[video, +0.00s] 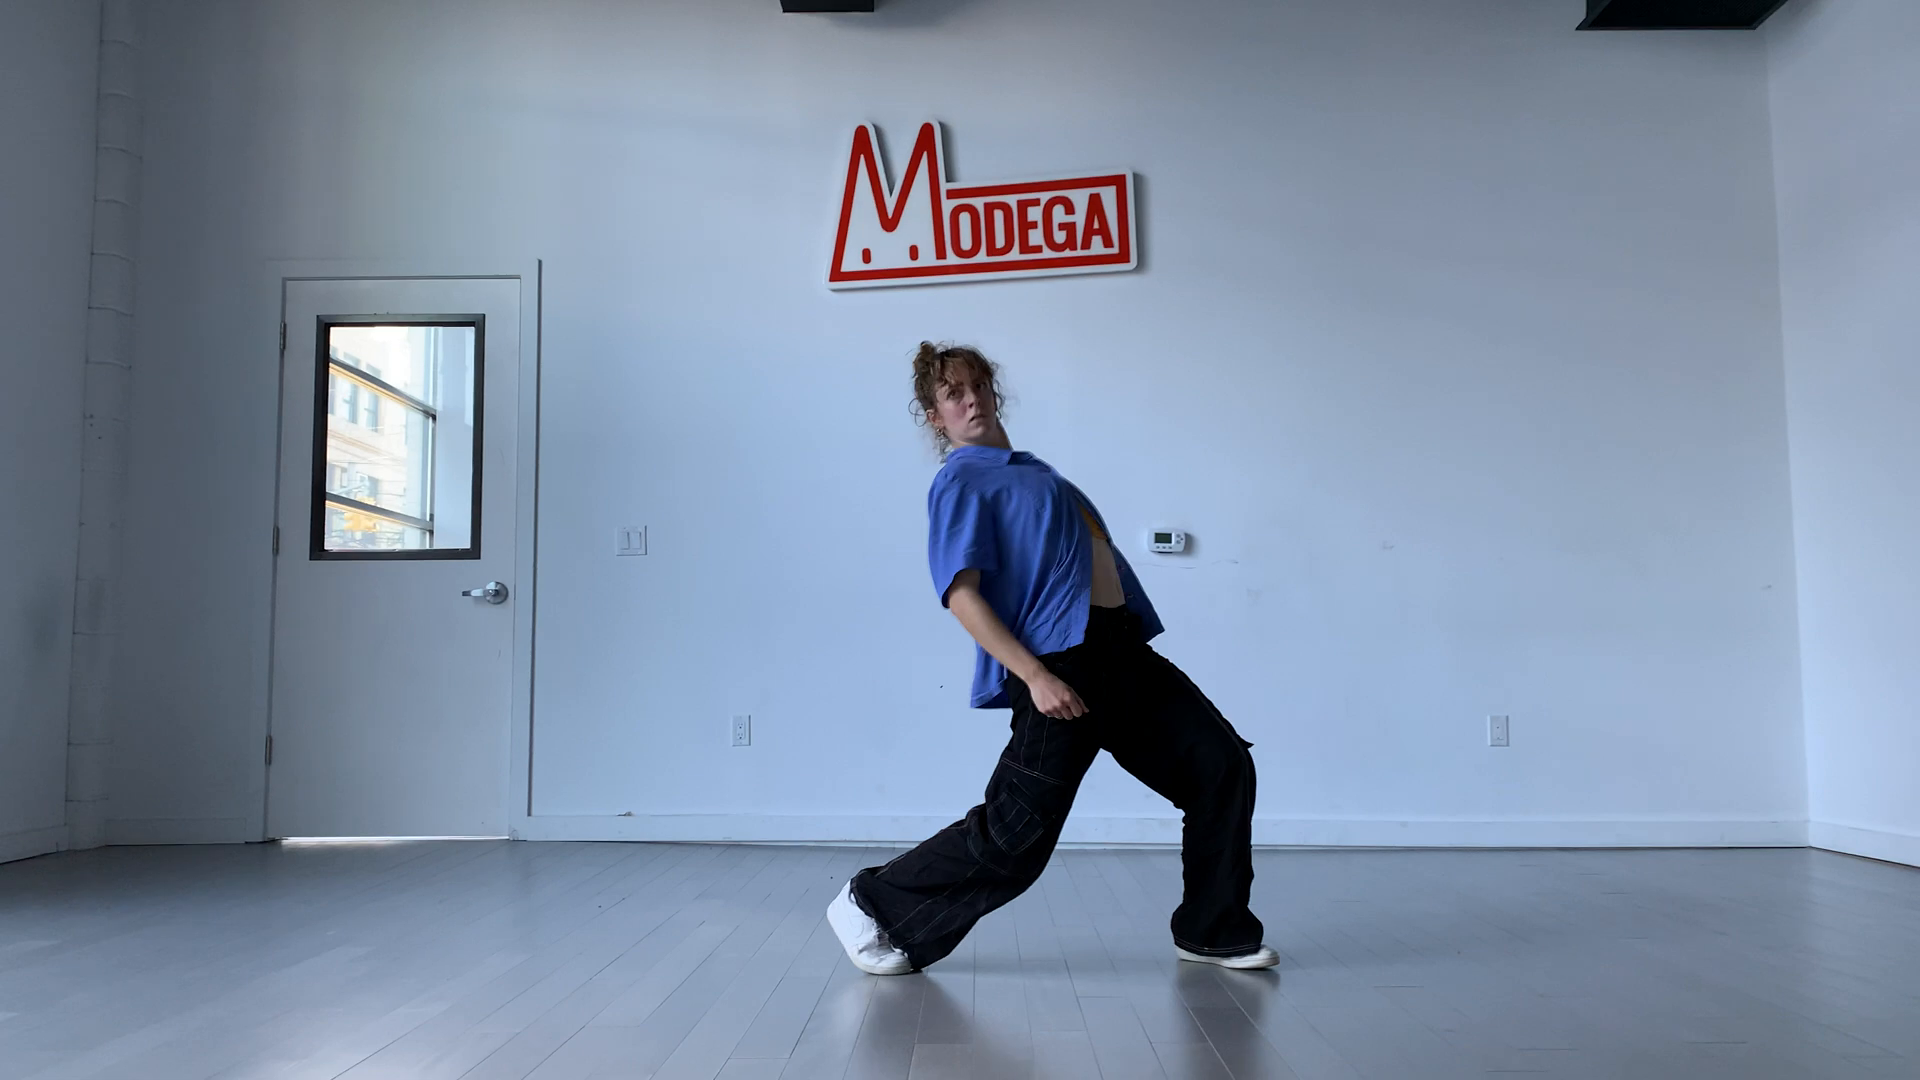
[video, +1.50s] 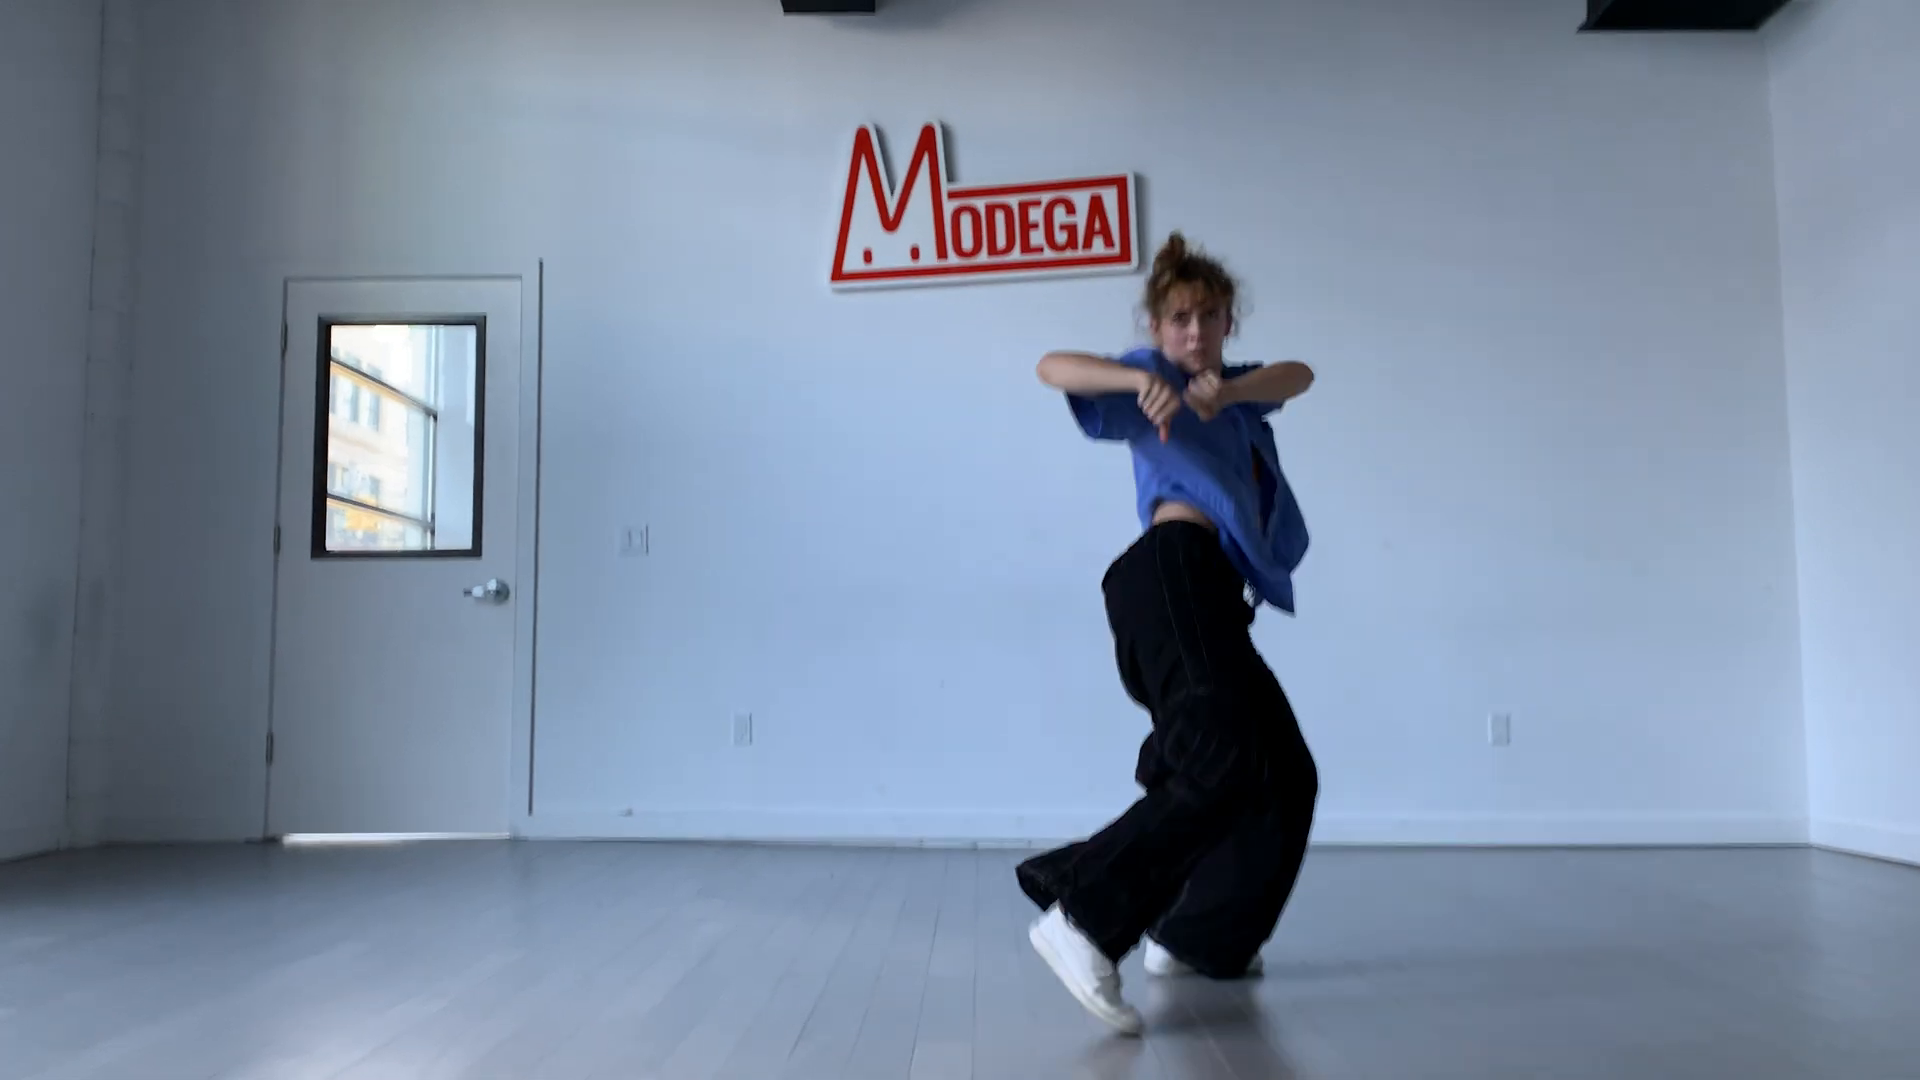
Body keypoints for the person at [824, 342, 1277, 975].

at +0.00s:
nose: (974, 398)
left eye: (980, 386)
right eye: (955, 393)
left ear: (996, 397)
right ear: (934, 417)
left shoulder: (1034, 472)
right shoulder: (959, 477)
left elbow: (1085, 552)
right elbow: (959, 594)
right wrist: (1034, 673)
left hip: (1121, 650)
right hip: (1061, 663)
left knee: (1224, 767)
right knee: (1011, 840)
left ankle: (1213, 928)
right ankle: (872, 904)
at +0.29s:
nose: (1021, 351)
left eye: (1008, 351)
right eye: (1005, 364)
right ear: (1013, 405)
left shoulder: (1103, 432)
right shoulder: (1047, 425)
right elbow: (994, 521)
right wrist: (1058, 606)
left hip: (1119, 646)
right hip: (1057, 645)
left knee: (1212, 759)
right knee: (997, 806)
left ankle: (1217, 923)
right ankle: (861, 910)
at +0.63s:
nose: (1192, 335)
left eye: (1191, 325)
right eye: (1182, 324)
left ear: (1154, 333)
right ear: (1155, 330)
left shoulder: (1168, 421)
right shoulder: (1131, 368)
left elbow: (1220, 472)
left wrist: (1238, 467)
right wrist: (1182, 441)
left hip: (1105, 618)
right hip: (1036, 606)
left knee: (1161, 780)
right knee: (967, 780)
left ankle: (1201, 930)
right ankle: (856, 920)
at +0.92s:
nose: (1210, 298)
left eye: (1216, 288)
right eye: (1194, 286)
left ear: (1220, 305)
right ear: (1152, 299)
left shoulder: (1232, 394)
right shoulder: (1127, 367)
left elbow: (1337, 429)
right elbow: (1198, 416)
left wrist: (1462, 450)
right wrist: (1309, 424)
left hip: (1183, 589)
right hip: (1102, 590)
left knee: (1202, 769)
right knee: (1115, 753)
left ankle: (1203, 927)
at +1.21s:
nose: (1208, 305)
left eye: (1220, 294)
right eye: (1195, 293)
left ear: (1239, 301)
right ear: (1169, 301)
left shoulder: (1242, 372)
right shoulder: (1153, 343)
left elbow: (1270, 389)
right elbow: (1171, 362)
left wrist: (1315, 378)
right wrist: (1198, 349)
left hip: (1234, 587)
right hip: (1159, 581)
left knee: (1281, 745)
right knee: (1228, 746)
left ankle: (1215, 918)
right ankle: (1263, 946)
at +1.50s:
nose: (1197, 332)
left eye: (1209, 317)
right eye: (1179, 320)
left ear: (1227, 323)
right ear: (1158, 328)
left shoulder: (1235, 385)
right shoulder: (1154, 375)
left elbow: (1301, 375)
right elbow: (1054, 369)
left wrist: (1228, 390)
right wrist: (1137, 380)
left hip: (1216, 593)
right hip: (1169, 575)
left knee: (1289, 776)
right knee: (1221, 762)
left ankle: (1196, 942)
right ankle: (1082, 923)